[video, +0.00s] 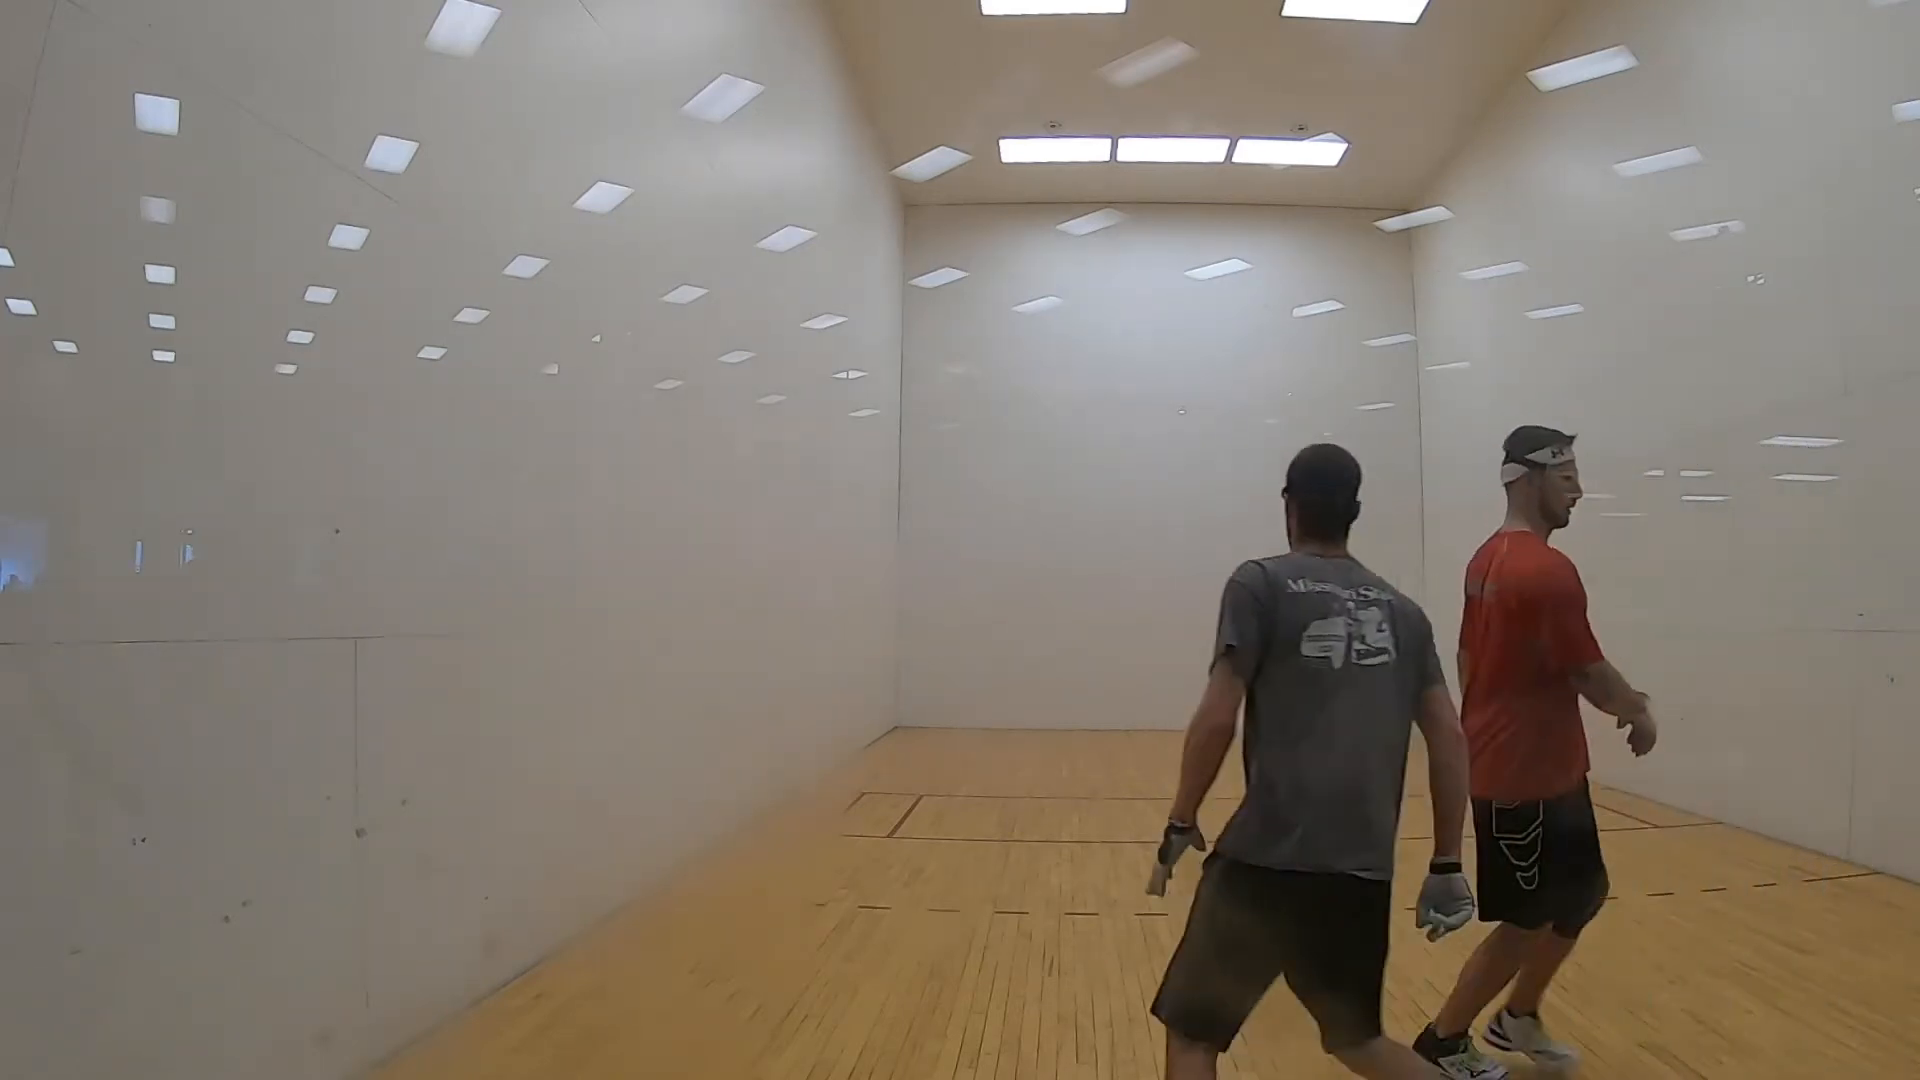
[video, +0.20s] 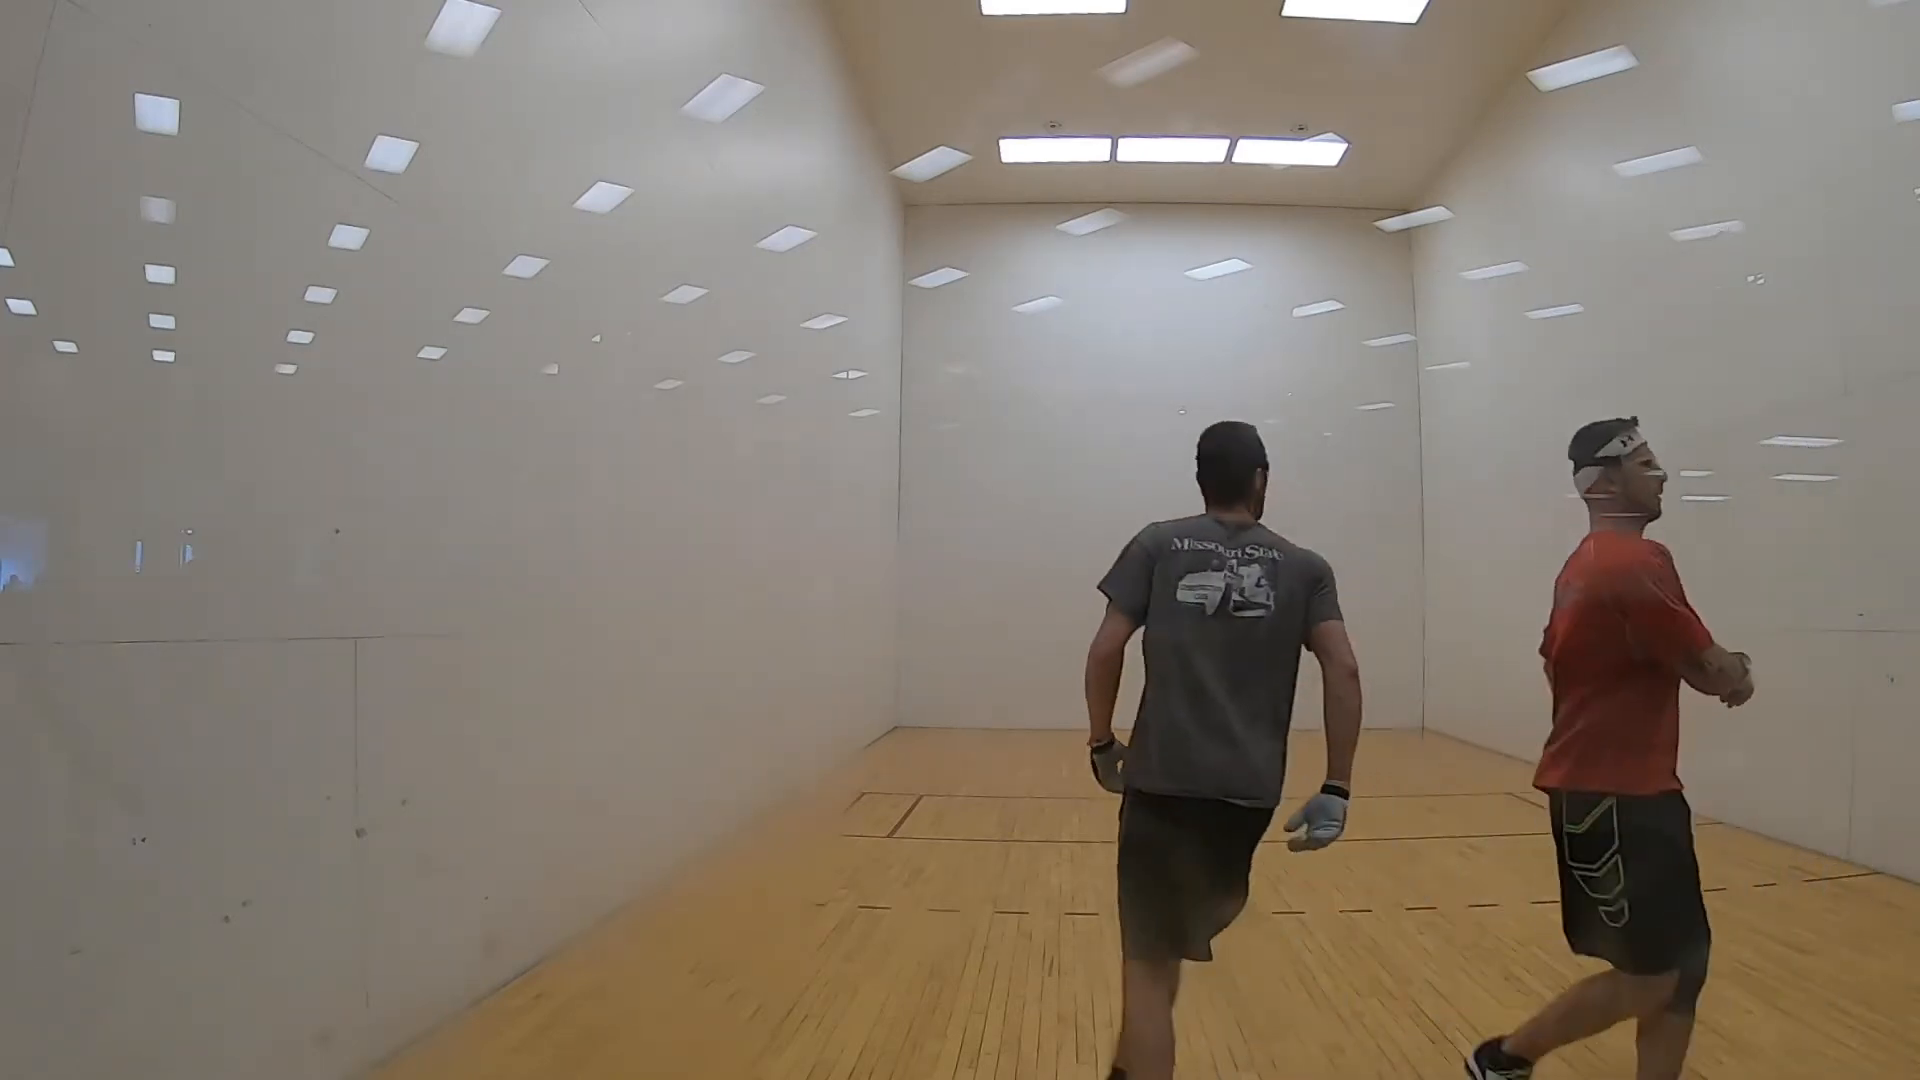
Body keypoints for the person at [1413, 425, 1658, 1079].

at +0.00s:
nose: (1577, 485)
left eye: (1575, 473)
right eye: (1565, 473)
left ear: (1521, 484)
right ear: (1526, 481)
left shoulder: (1487, 560)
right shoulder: (1548, 570)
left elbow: (1471, 668)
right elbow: (1589, 672)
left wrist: (1476, 742)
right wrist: (1638, 710)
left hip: (1540, 773)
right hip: (1525, 779)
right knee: (1530, 917)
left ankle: (1518, 1019)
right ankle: (1442, 1041)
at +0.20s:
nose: (1660, 472)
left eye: (1653, 460)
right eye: (1644, 463)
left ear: (1601, 488)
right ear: (1600, 484)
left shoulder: (1582, 566)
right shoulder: (1637, 564)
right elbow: (1716, 675)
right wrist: (1736, 670)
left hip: (1623, 792)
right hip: (1617, 797)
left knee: (1684, 967)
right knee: (1652, 975)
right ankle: (1503, 1060)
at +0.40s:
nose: (1744, 500)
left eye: (1735, 489)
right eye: (1726, 490)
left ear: (1686, 521)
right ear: (1687, 514)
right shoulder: (1700, 619)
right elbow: (1755, 750)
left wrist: (1796, 780)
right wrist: (1846, 778)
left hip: (1661, 849)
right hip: (1682, 857)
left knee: (1745, 1008)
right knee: (1775, 1028)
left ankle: (1701, 1073)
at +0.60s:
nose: (1802, 499)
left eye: (1791, 488)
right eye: (1784, 491)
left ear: (1756, 521)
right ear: (1752, 518)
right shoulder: (1741, 631)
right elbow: (1750, 781)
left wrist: (1838, 845)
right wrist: (1840, 848)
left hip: (1738, 858)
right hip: (1714, 873)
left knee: (1819, 956)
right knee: (1810, 1048)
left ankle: (1754, 1066)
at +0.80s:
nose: (1830, 480)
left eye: (1823, 469)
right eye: (1816, 471)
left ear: (1781, 493)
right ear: (1786, 490)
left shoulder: (1792, 574)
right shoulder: (1756, 572)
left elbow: (1826, 662)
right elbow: (1741, 664)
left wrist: (1856, 698)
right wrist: (1845, 711)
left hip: (1738, 803)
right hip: (1709, 806)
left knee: (1778, 964)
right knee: (1770, 972)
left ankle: (1757, 1068)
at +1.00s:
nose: (1833, 547)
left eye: (1830, 537)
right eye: (1826, 537)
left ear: (1778, 546)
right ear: (1796, 546)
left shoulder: (1800, 622)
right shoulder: (1749, 597)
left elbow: (1867, 686)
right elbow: (1793, 583)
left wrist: (1915, 732)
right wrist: (1893, 579)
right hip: (1671, 806)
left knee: (1703, 925)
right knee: (1739, 966)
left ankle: (1694, 1033)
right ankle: (1666, 1067)